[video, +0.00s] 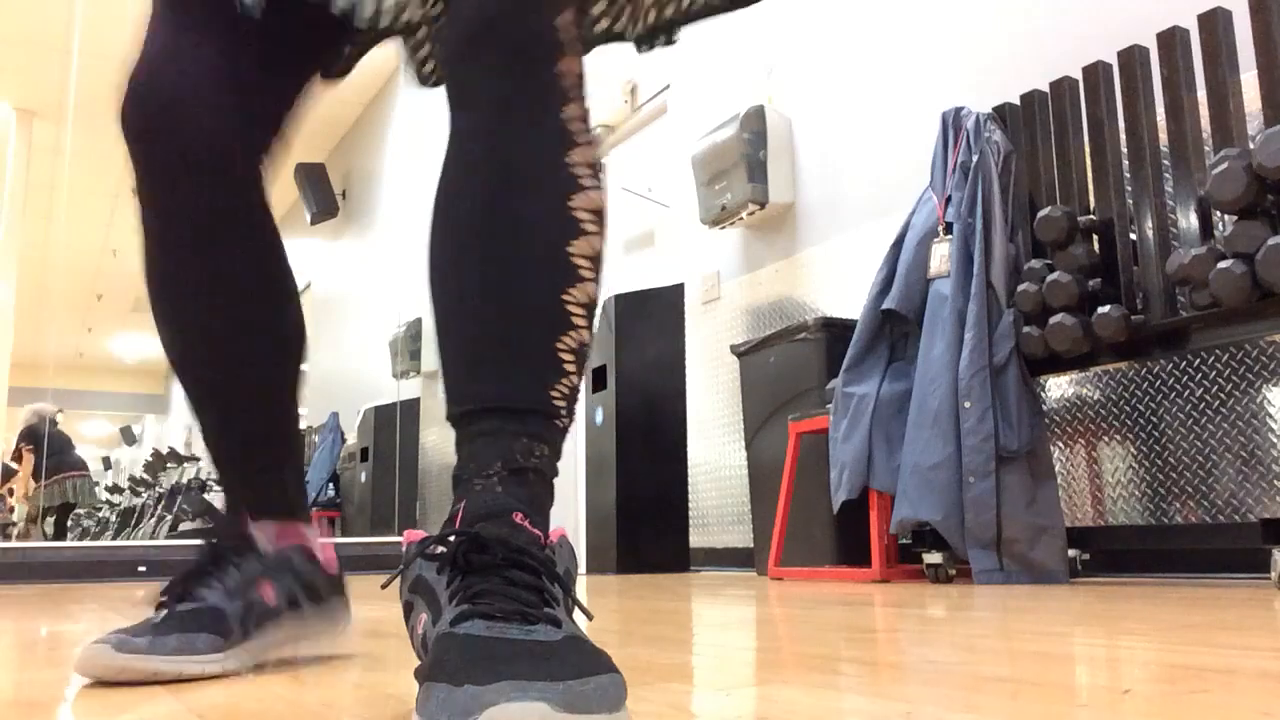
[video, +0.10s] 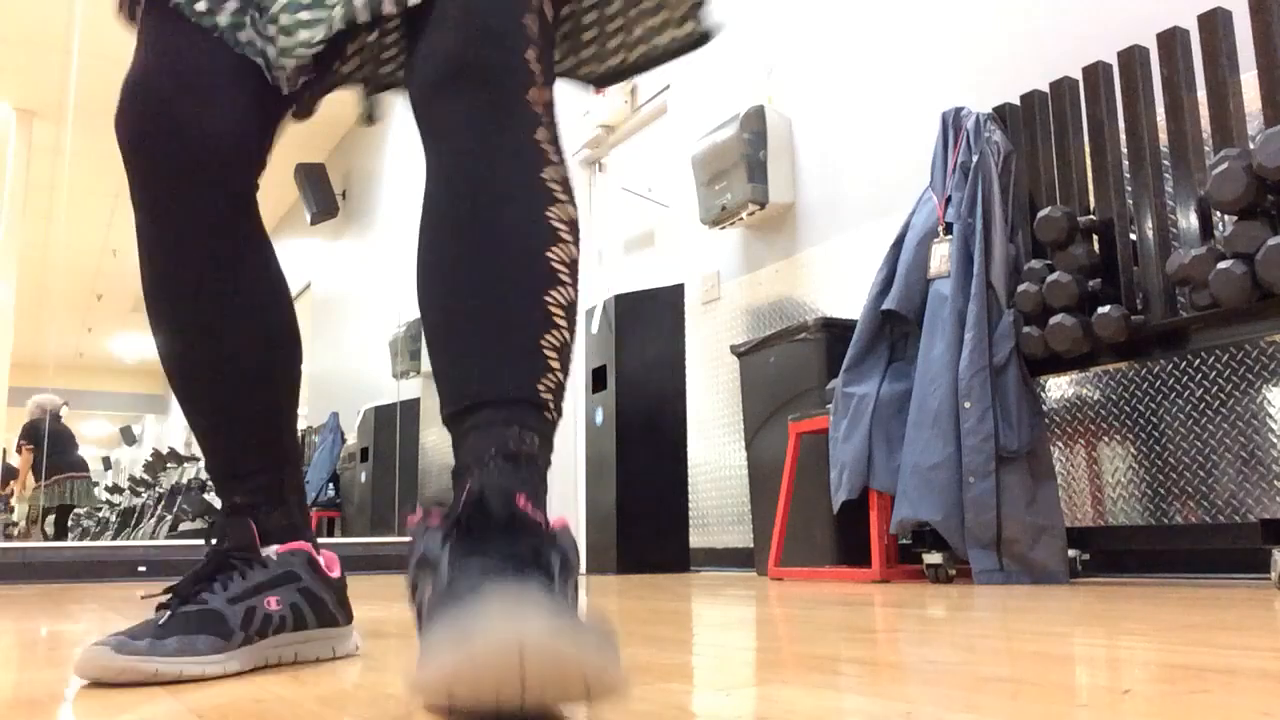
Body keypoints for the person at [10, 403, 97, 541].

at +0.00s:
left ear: (29, 417)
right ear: (50, 417)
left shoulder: (29, 431)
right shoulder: (60, 433)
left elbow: (28, 460)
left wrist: (22, 490)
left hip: (55, 478)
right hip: (82, 477)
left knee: (34, 521)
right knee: (62, 521)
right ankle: (59, 557)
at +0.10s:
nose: (29, 411)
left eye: (31, 408)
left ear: (35, 409)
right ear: (55, 411)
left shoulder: (32, 426)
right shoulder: (64, 427)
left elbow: (27, 456)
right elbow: (74, 451)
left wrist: (21, 482)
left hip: (54, 479)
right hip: (81, 477)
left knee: (33, 524)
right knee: (62, 522)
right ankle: (61, 557)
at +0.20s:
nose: (33, 406)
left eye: (35, 403)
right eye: (34, 403)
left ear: (40, 404)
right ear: (59, 405)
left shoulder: (35, 421)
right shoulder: (67, 423)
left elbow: (29, 452)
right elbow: (78, 450)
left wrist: (21, 479)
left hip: (51, 480)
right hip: (79, 478)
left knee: (35, 521)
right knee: (62, 520)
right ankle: (63, 556)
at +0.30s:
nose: (38, 400)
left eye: (40, 397)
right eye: (39, 397)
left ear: (44, 398)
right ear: (63, 399)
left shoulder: (38, 418)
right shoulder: (72, 419)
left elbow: (33, 447)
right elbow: (82, 447)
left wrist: (24, 475)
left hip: (52, 475)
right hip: (79, 474)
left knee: (40, 519)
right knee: (63, 517)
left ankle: (48, 556)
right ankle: (66, 554)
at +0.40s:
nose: (46, 397)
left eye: (48, 394)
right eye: (47, 394)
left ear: (52, 395)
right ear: (70, 396)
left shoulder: (47, 414)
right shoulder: (78, 415)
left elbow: (40, 448)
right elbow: (86, 446)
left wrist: (30, 474)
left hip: (58, 473)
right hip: (84, 472)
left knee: (46, 518)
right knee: (68, 517)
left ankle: (51, 557)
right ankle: (80, 553)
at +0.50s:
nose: (52, 396)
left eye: (55, 392)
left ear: (58, 394)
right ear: (77, 395)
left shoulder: (55, 416)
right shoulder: (84, 416)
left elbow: (48, 448)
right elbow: (91, 448)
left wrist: (37, 469)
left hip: (62, 476)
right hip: (88, 475)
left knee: (50, 522)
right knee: (75, 522)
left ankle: (55, 561)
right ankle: (84, 557)